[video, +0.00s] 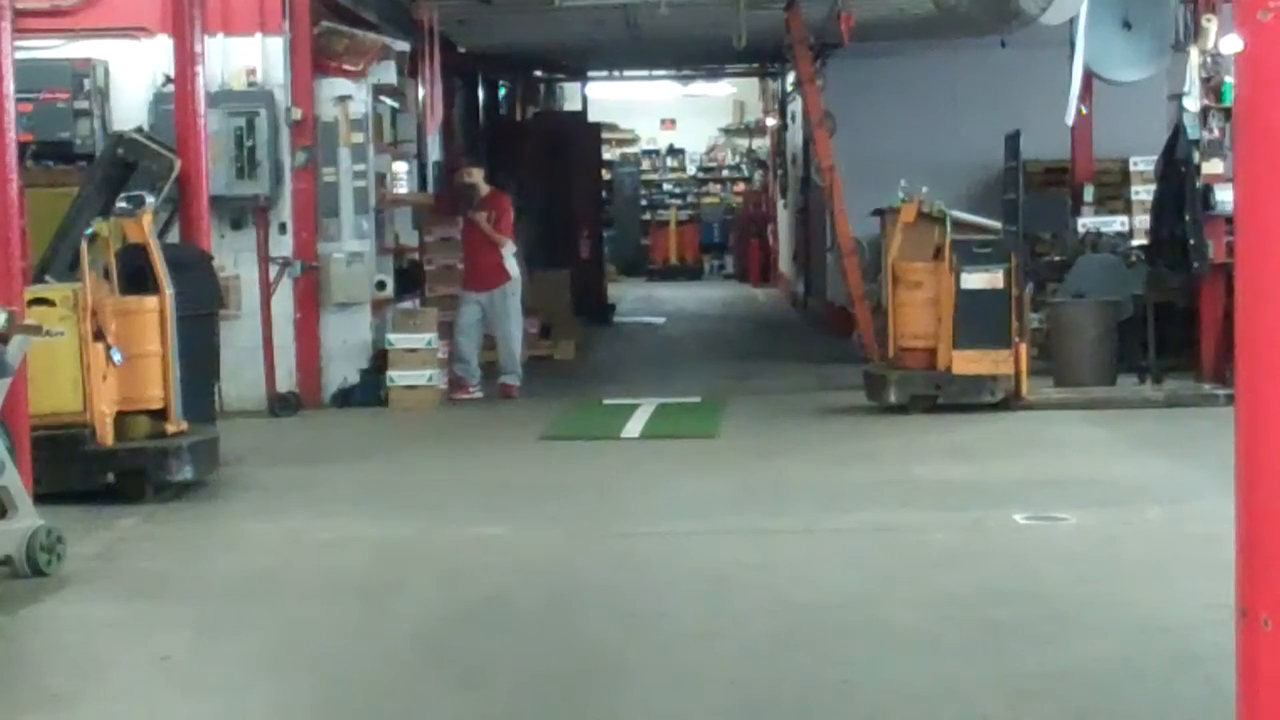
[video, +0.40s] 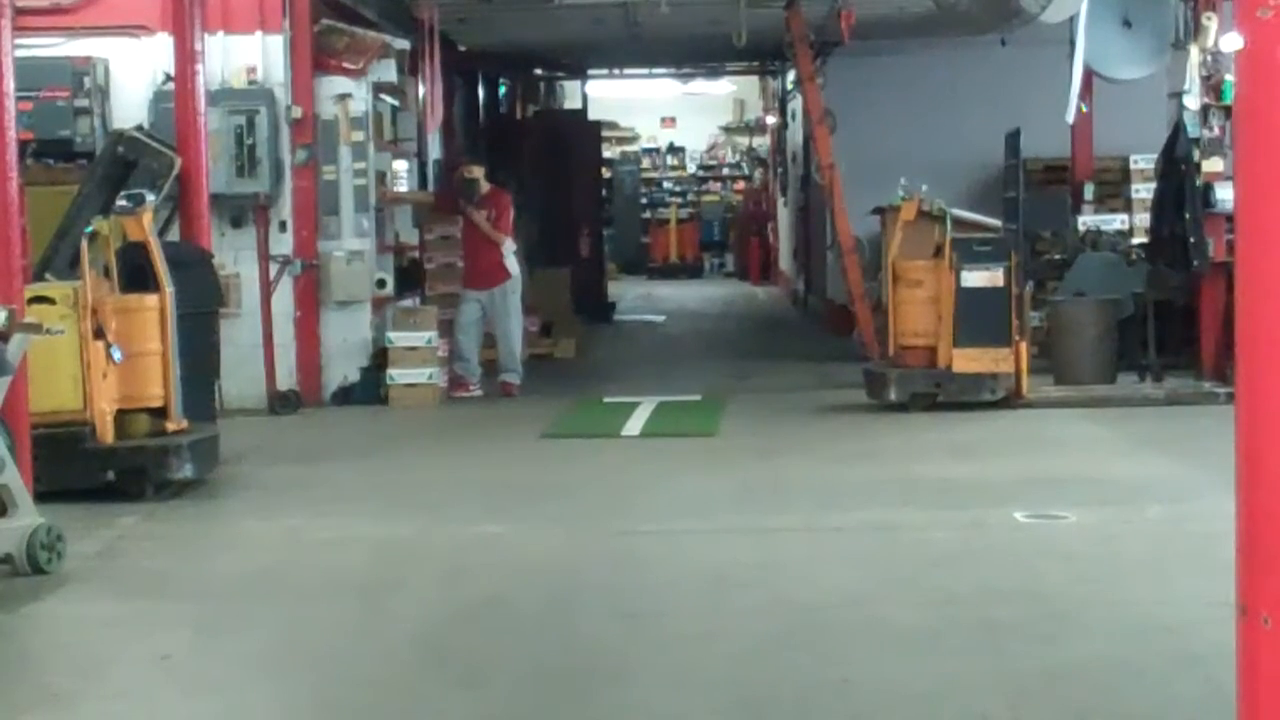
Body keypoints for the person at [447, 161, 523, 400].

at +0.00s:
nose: (467, 179)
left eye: (472, 172)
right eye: (463, 174)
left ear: (483, 173)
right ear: (459, 179)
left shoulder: (500, 201)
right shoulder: (467, 204)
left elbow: (504, 240)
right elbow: (439, 206)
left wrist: (482, 224)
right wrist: (457, 182)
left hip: (501, 282)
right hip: (473, 283)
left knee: (507, 333)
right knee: (464, 333)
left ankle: (510, 380)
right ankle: (469, 382)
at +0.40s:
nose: (470, 186)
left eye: (474, 180)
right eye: (466, 181)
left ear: (484, 177)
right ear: (461, 183)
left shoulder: (501, 199)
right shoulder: (466, 200)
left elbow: (502, 238)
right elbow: (440, 204)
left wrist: (478, 220)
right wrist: (457, 180)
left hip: (501, 278)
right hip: (473, 280)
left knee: (507, 330)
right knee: (464, 330)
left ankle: (510, 378)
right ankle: (468, 379)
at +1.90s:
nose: (490, 169)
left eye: (496, 164)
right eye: (488, 164)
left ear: (507, 169)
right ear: (484, 167)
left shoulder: (517, 196)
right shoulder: (474, 189)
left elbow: (532, 235)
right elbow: (437, 191)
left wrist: (517, 257)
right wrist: (396, 192)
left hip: (509, 274)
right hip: (479, 273)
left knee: (511, 326)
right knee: (470, 323)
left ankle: (510, 374)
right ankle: (470, 375)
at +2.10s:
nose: (509, 166)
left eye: (515, 163)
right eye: (507, 161)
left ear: (522, 168)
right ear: (500, 162)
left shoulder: (528, 198)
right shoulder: (484, 187)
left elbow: (538, 237)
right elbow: (449, 191)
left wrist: (540, 271)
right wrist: (415, 198)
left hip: (514, 278)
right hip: (482, 275)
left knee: (515, 330)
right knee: (473, 326)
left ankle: (511, 373)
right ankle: (471, 373)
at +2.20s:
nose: (515, 166)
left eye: (521, 163)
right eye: (513, 161)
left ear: (528, 169)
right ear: (506, 162)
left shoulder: (533, 198)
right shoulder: (488, 187)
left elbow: (542, 237)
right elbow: (455, 195)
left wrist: (546, 270)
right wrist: (430, 213)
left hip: (515, 276)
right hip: (483, 273)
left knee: (515, 329)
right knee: (475, 324)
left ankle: (511, 373)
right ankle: (471, 372)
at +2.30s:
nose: (521, 164)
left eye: (527, 162)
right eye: (519, 159)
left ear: (533, 168)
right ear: (512, 161)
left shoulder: (537, 198)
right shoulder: (491, 186)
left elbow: (545, 238)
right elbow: (460, 205)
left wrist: (548, 272)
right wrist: (447, 233)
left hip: (519, 274)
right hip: (486, 270)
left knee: (517, 327)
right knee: (477, 322)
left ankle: (512, 372)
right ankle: (474, 370)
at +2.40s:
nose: (526, 164)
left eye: (532, 161)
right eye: (523, 158)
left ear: (537, 167)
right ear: (514, 160)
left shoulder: (539, 197)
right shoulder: (493, 187)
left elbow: (546, 237)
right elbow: (473, 216)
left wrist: (550, 272)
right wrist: (466, 243)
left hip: (522, 272)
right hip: (489, 268)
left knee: (520, 325)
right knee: (484, 320)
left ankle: (513, 371)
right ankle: (481, 368)